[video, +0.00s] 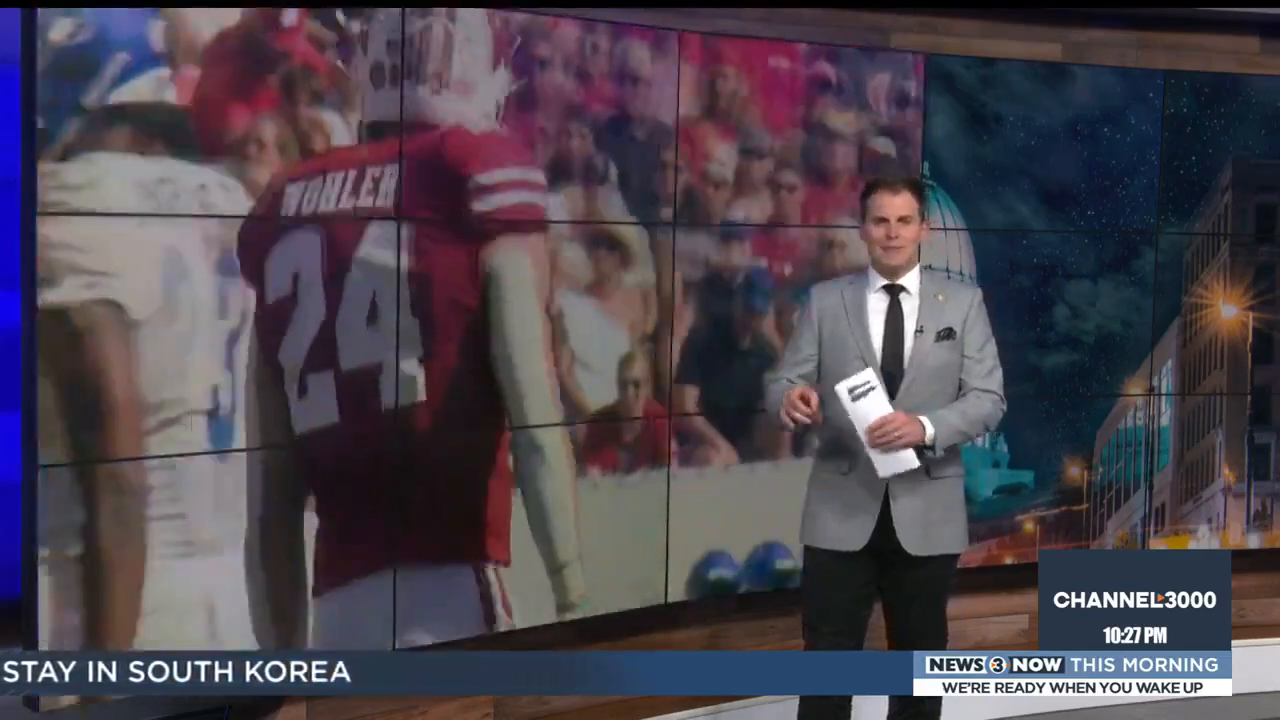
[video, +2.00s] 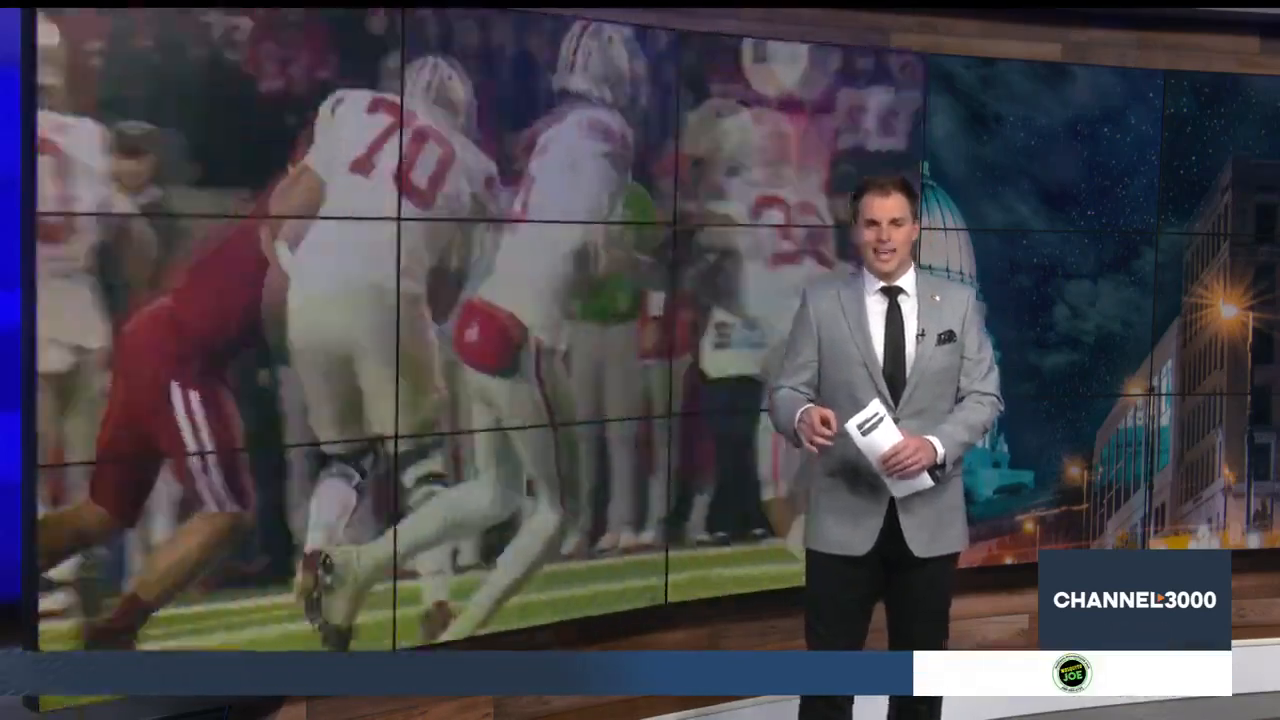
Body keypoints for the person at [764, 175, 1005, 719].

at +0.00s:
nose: (891, 232)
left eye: (904, 221)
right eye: (879, 221)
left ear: (923, 228)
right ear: (863, 229)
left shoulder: (962, 300)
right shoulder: (825, 300)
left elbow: (988, 399)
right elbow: (782, 379)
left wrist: (926, 426)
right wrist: (790, 398)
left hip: (926, 509)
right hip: (840, 508)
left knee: (921, 668)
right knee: (827, 667)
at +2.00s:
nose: (883, 236)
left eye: (896, 223)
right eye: (871, 224)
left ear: (916, 229)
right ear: (855, 230)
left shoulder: (959, 302)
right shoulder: (821, 302)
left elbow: (983, 399)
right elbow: (786, 392)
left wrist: (937, 444)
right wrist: (800, 415)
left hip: (928, 515)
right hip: (842, 515)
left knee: (922, 673)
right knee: (828, 673)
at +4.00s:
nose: (906, 233)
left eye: (919, 221)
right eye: (895, 220)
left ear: (937, 230)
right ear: (877, 228)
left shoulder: (972, 305)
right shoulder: (839, 301)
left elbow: (995, 402)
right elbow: (799, 378)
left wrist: (963, 457)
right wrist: (789, 398)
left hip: (938, 514)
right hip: (852, 512)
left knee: (928, 673)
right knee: (836, 671)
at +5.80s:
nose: (897, 233)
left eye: (910, 222)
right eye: (886, 222)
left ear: (931, 230)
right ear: (871, 231)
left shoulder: (971, 304)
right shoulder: (833, 303)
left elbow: (997, 402)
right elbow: (794, 394)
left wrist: (956, 461)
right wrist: (855, 428)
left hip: (938, 518)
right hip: (852, 516)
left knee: (929, 676)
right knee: (836, 674)